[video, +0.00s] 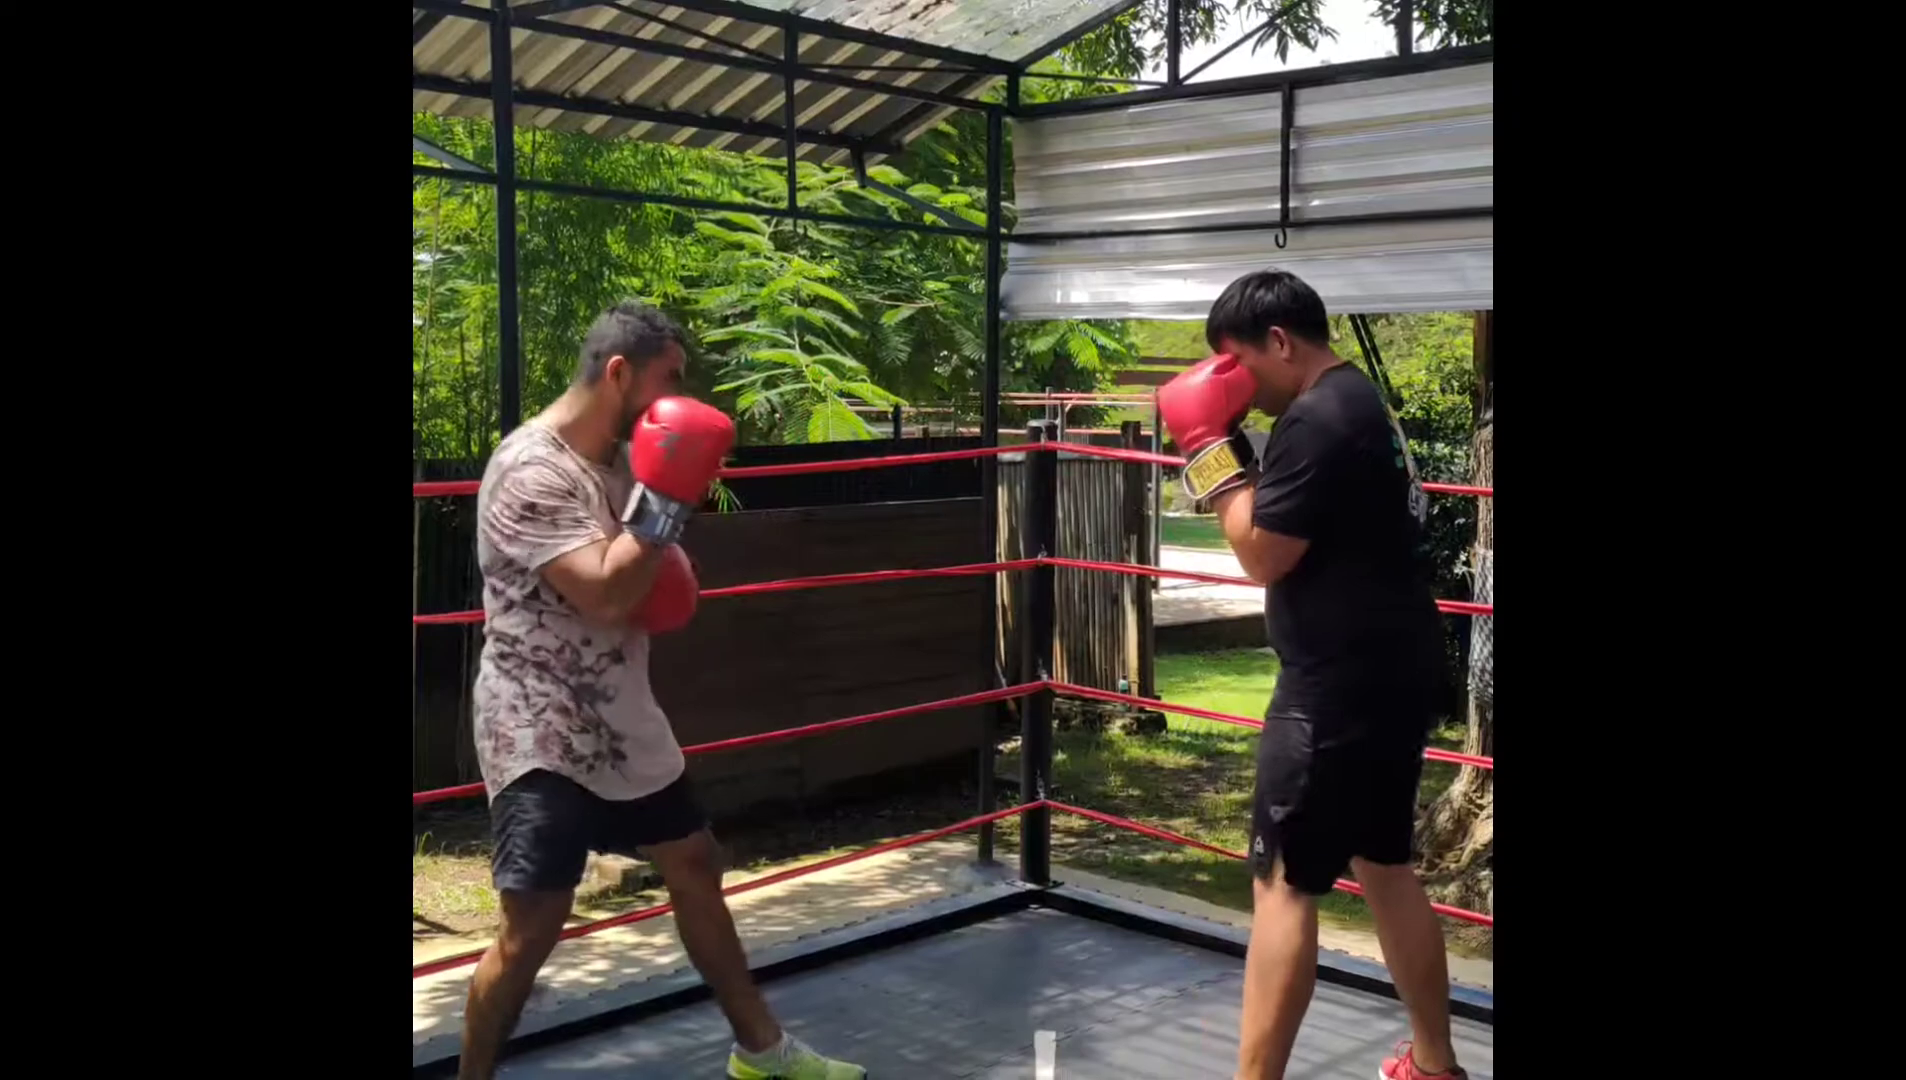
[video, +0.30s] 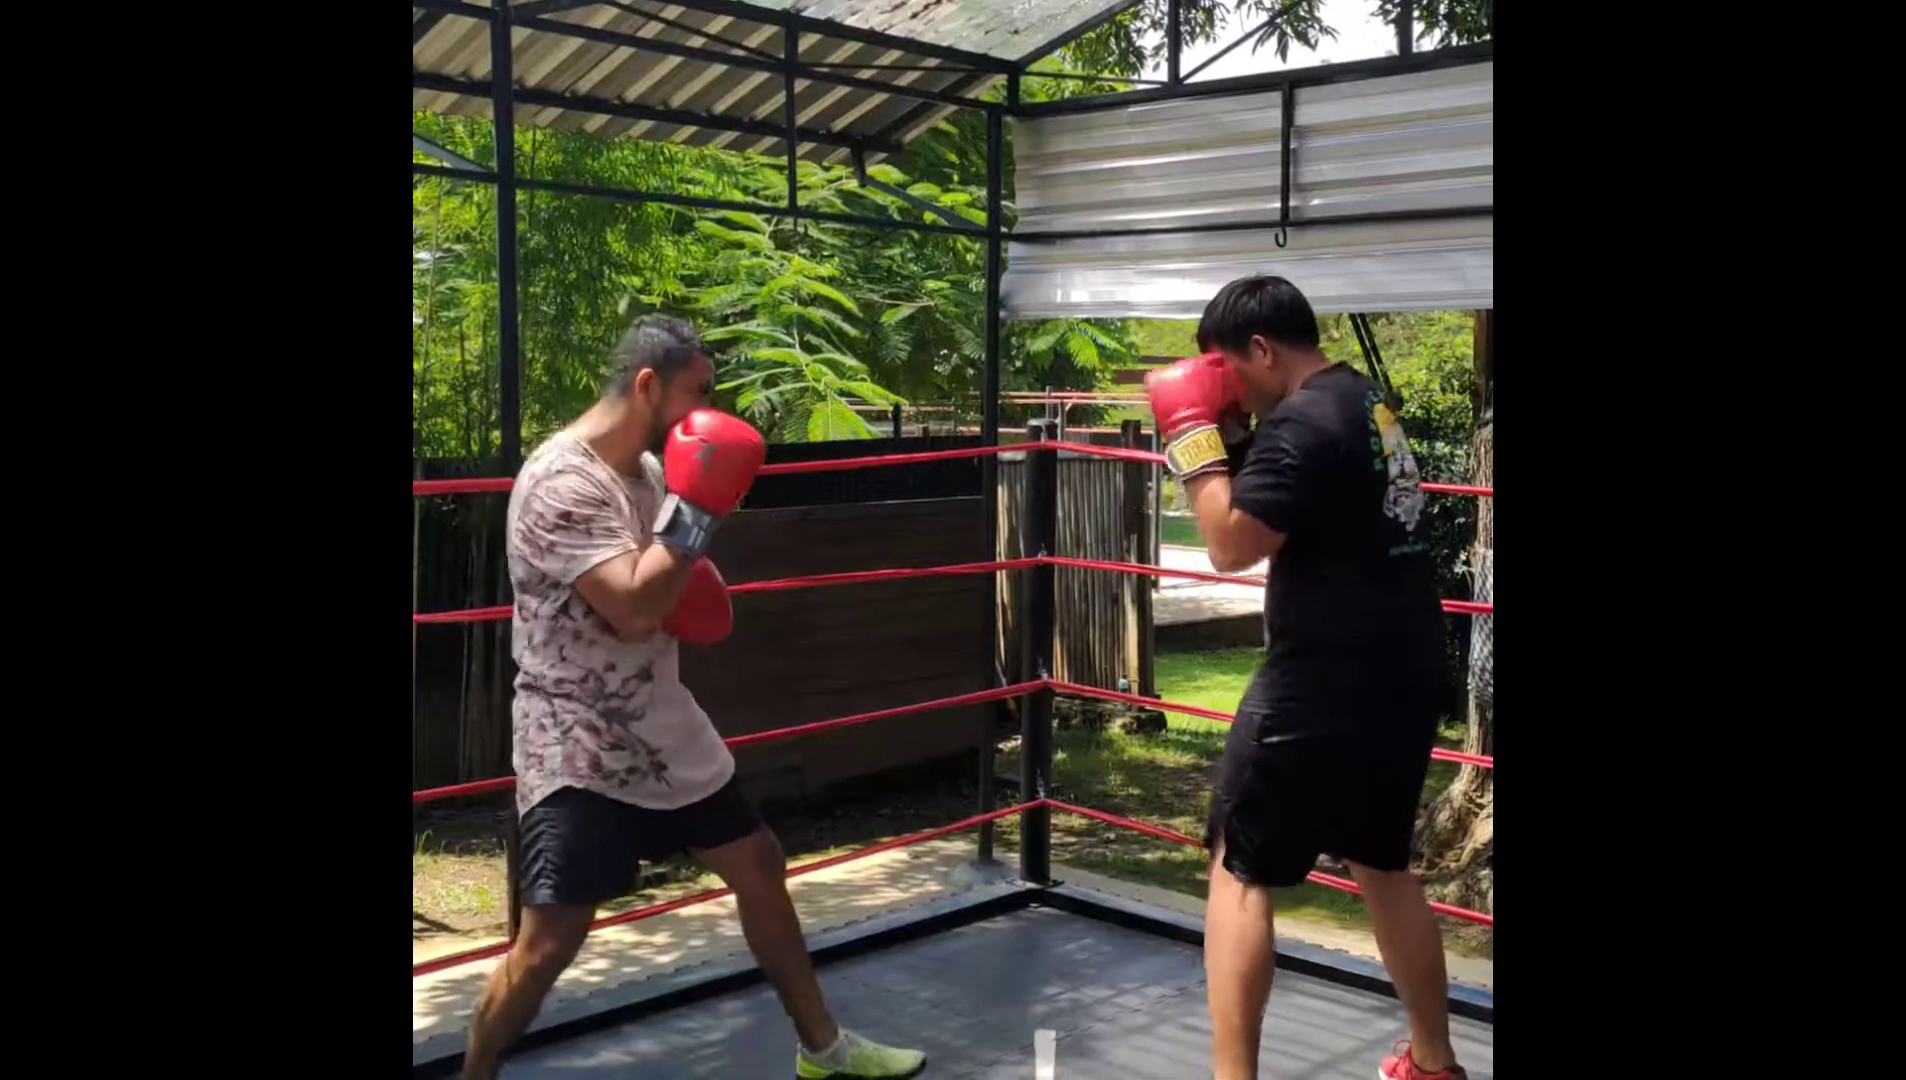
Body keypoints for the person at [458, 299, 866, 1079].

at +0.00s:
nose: (673, 400)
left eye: (679, 384)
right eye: (668, 380)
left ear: (620, 375)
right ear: (617, 371)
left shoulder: (620, 462)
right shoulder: (526, 469)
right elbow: (605, 594)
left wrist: (661, 590)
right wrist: (668, 496)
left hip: (625, 717)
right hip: (539, 727)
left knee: (695, 870)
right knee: (528, 933)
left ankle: (763, 1046)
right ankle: (473, 1074)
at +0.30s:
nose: (702, 411)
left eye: (708, 395)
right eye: (698, 392)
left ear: (651, 386)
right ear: (648, 382)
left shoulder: (647, 473)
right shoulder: (555, 482)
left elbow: (639, 591)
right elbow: (635, 605)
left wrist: (689, 605)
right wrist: (698, 507)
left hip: (666, 727)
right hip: (575, 744)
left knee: (758, 868)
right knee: (547, 944)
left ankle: (823, 1045)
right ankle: (474, 1073)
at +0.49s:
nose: (772, 393)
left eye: (776, 379)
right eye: (763, 377)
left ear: (725, 374)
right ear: (709, 370)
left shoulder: (763, 453)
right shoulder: (612, 454)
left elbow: (867, 440)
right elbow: (632, 562)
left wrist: (947, 413)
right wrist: (718, 483)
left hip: (731, 724)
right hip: (617, 732)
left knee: (812, 860)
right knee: (556, 916)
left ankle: (834, 1050)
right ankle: (482, 1072)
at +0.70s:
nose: (778, 397)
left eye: (781, 381)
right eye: (767, 379)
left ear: (726, 378)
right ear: (709, 374)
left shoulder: (766, 460)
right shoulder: (619, 458)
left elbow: (837, 515)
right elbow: (631, 579)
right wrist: (720, 497)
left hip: (750, 719)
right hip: (629, 723)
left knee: (823, 863)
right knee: (558, 903)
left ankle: (835, 1050)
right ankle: (486, 1070)